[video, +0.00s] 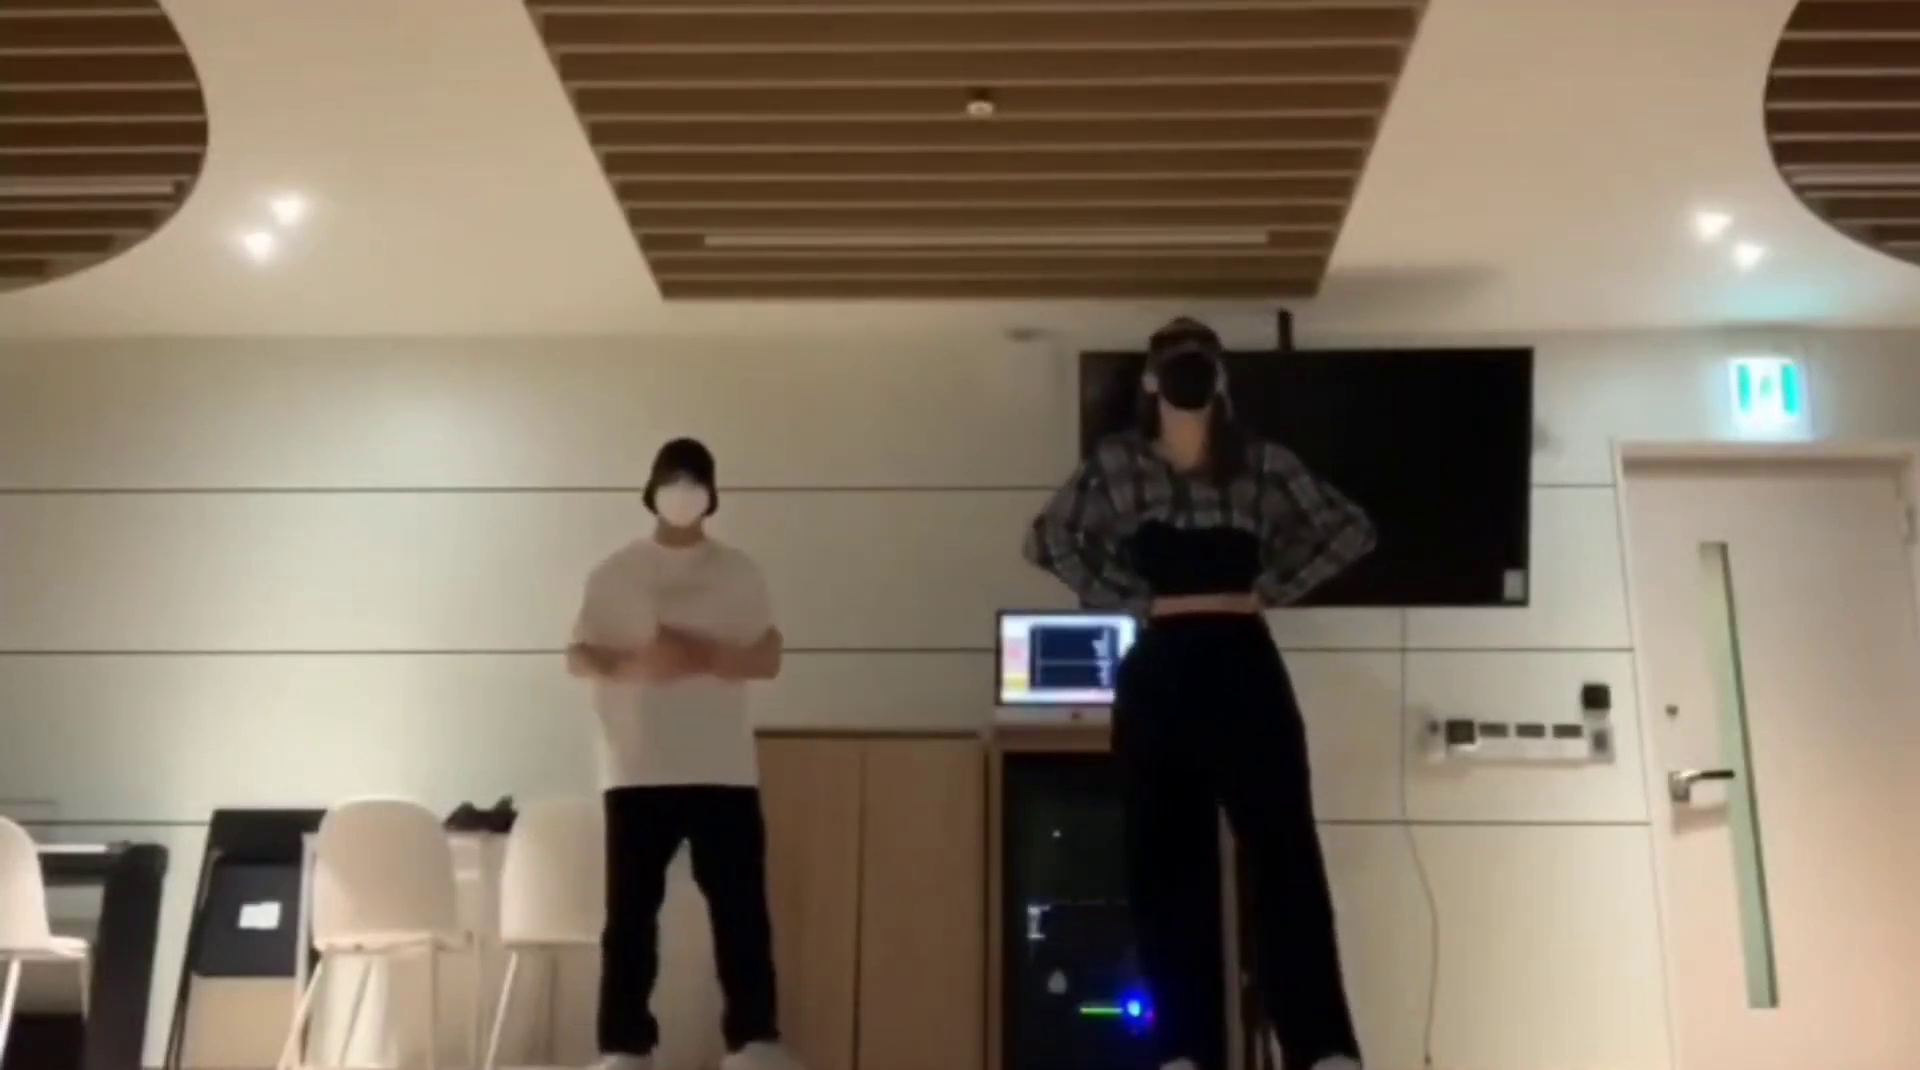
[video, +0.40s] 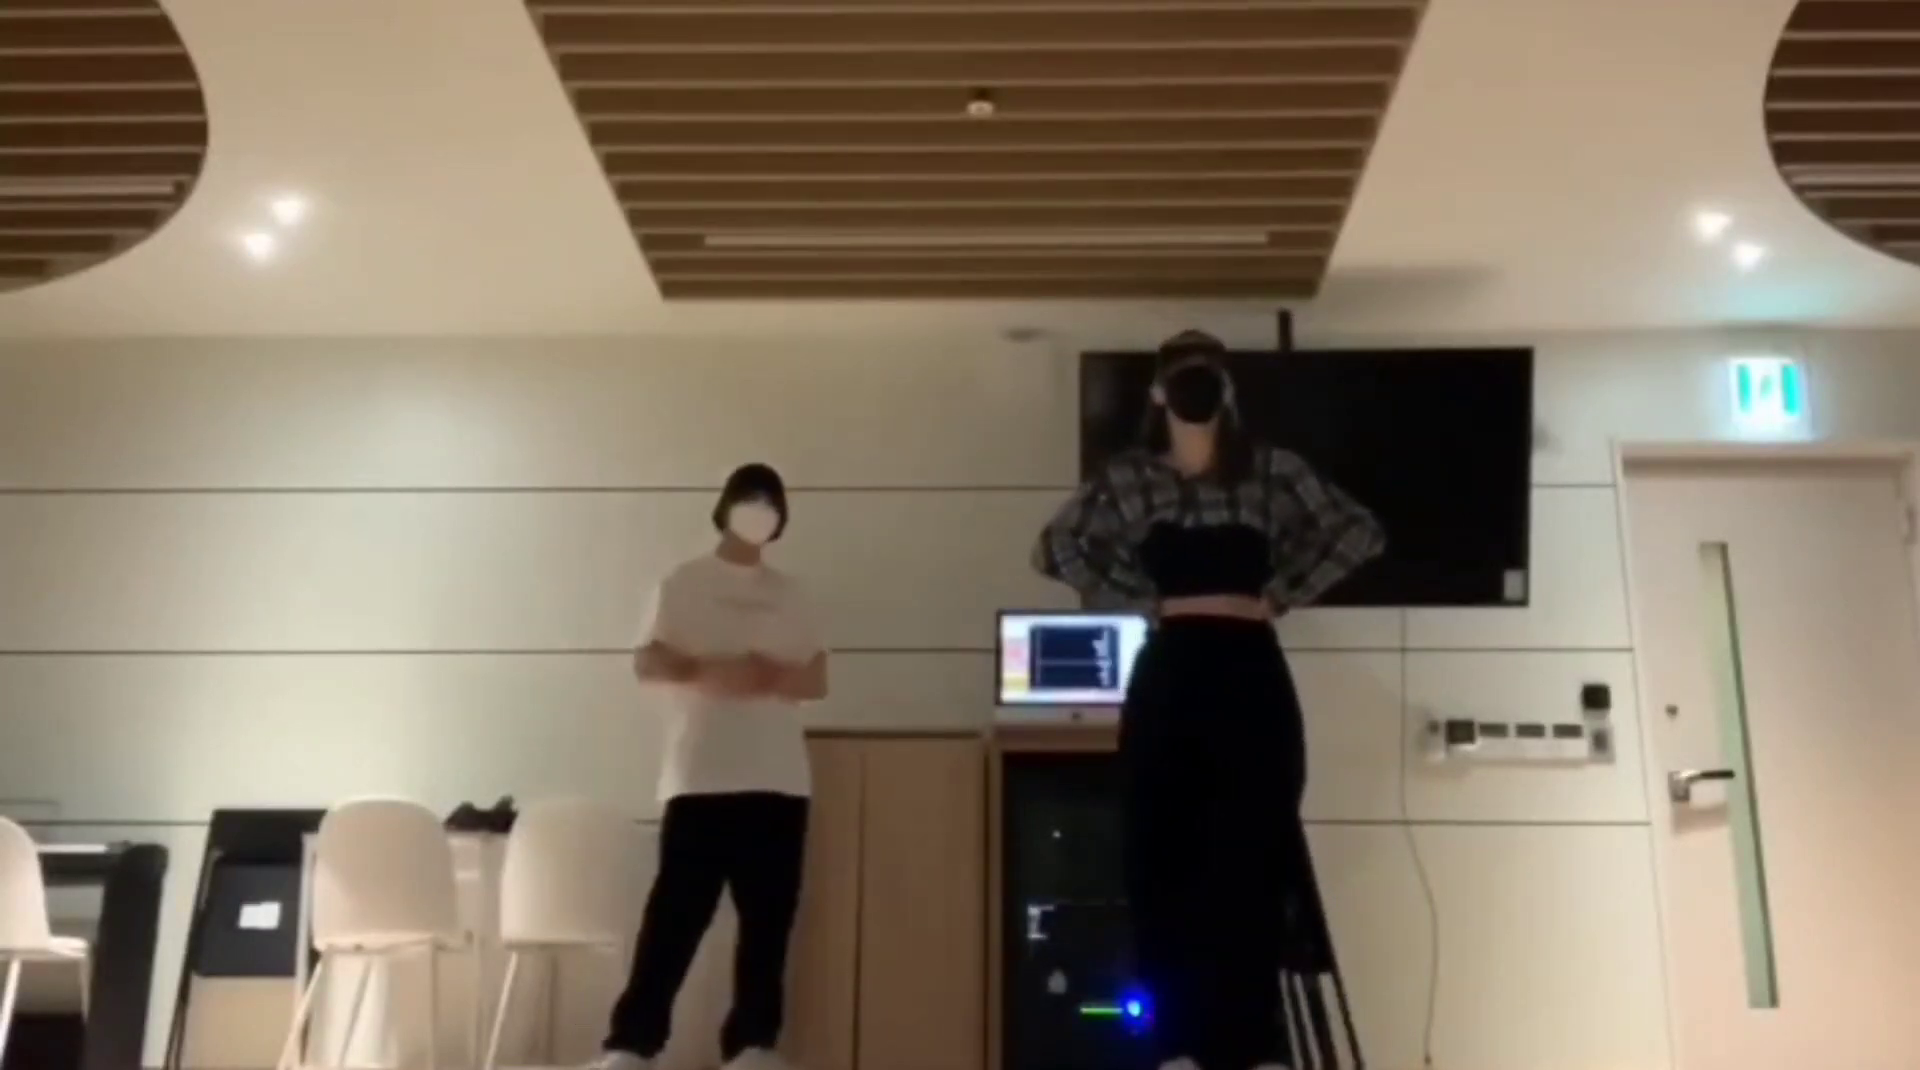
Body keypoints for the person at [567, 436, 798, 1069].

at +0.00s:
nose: (682, 494)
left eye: (694, 482)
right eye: (669, 482)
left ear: (712, 493)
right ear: (651, 492)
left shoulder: (737, 570)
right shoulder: (616, 573)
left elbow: (768, 659)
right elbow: (579, 656)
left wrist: (702, 652)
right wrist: (644, 662)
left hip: (723, 769)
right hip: (637, 771)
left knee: (742, 914)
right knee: (629, 919)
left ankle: (753, 1042)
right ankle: (624, 1047)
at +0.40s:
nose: (758, 514)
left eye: (770, 505)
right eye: (747, 501)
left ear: (781, 518)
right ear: (724, 509)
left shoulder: (792, 592)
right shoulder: (684, 583)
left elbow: (818, 681)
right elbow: (649, 663)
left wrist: (766, 674)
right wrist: (723, 672)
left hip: (776, 780)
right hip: (699, 778)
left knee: (768, 924)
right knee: (675, 917)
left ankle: (752, 1046)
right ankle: (630, 1045)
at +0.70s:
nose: (802, 526)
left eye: (813, 518)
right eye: (792, 511)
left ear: (821, 532)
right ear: (769, 516)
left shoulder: (814, 602)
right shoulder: (729, 580)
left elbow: (834, 694)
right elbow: (712, 659)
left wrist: (803, 698)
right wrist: (778, 685)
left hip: (802, 770)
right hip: (740, 764)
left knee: (790, 910)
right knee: (741, 905)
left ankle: (760, 1043)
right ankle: (707, 1043)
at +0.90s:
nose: (815, 525)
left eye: (827, 517)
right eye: (806, 511)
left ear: (836, 531)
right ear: (782, 515)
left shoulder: (821, 601)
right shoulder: (744, 576)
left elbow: (837, 677)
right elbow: (731, 657)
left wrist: (826, 727)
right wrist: (786, 717)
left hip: (806, 768)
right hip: (749, 762)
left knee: (795, 904)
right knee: (767, 902)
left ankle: (751, 1038)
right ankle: (778, 1036)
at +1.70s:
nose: (873, 498)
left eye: (884, 488)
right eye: (862, 485)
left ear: (897, 501)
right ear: (839, 493)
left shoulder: (888, 578)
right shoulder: (815, 566)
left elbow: (903, 677)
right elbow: (811, 658)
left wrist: (925, 757)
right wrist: (848, 747)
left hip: (902, 770)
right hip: (848, 770)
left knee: (896, 904)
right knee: (857, 914)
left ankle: (803, 1005)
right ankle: (876, 1044)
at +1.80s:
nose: (876, 497)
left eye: (887, 488)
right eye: (864, 484)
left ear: (899, 500)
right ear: (841, 492)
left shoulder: (892, 577)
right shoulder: (816, 564)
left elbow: (915, 669)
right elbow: (820, 654)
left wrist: (935, 742)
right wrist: (867, 733)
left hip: (909, 763)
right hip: (850, 763)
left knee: (929, 887)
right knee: (862, 901)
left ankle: (841, 1000)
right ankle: (876, 1039)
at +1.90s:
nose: (877, 495)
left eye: (888, 485)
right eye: (864, 482)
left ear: (900, 498)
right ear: (841, 490)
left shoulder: (901, 577)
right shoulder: (813, 564)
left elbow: (922, 667)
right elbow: (818, 643)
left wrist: (943, 740)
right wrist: (876, 709)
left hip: (917, 767)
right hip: (851, 766)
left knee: (946, 899)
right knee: (860, 910)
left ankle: (935, 1028)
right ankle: (875, 1043)